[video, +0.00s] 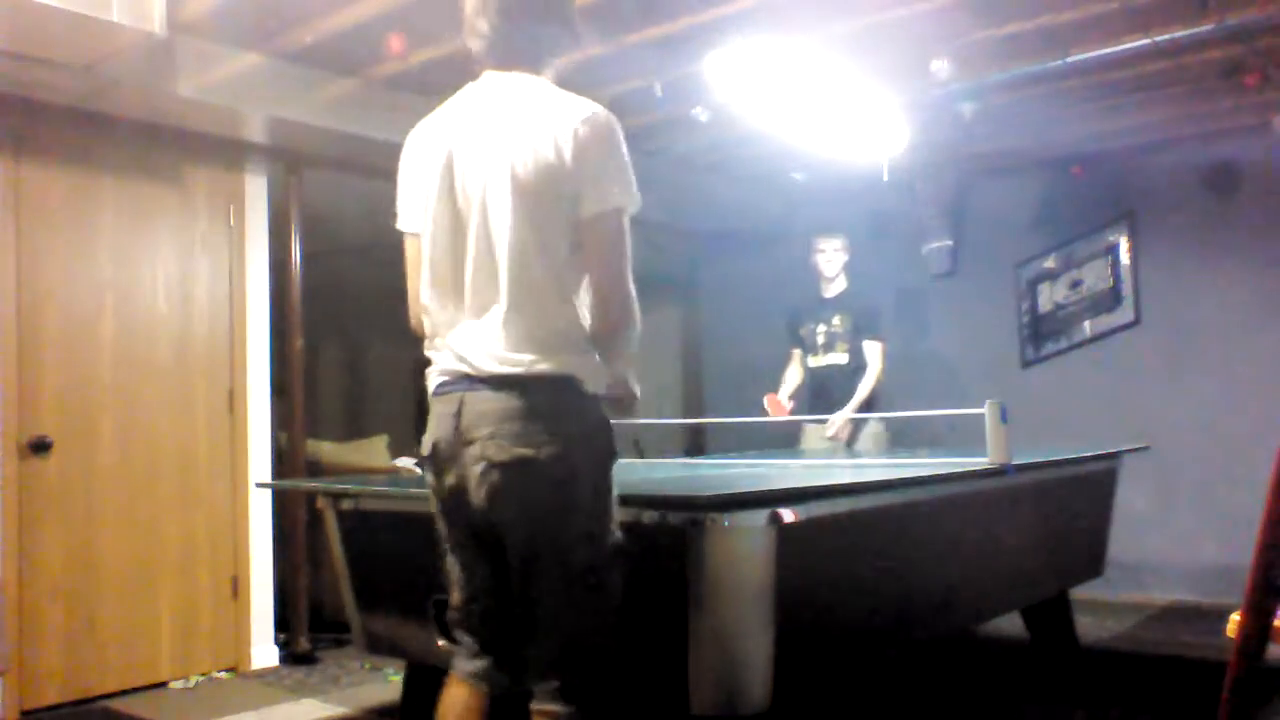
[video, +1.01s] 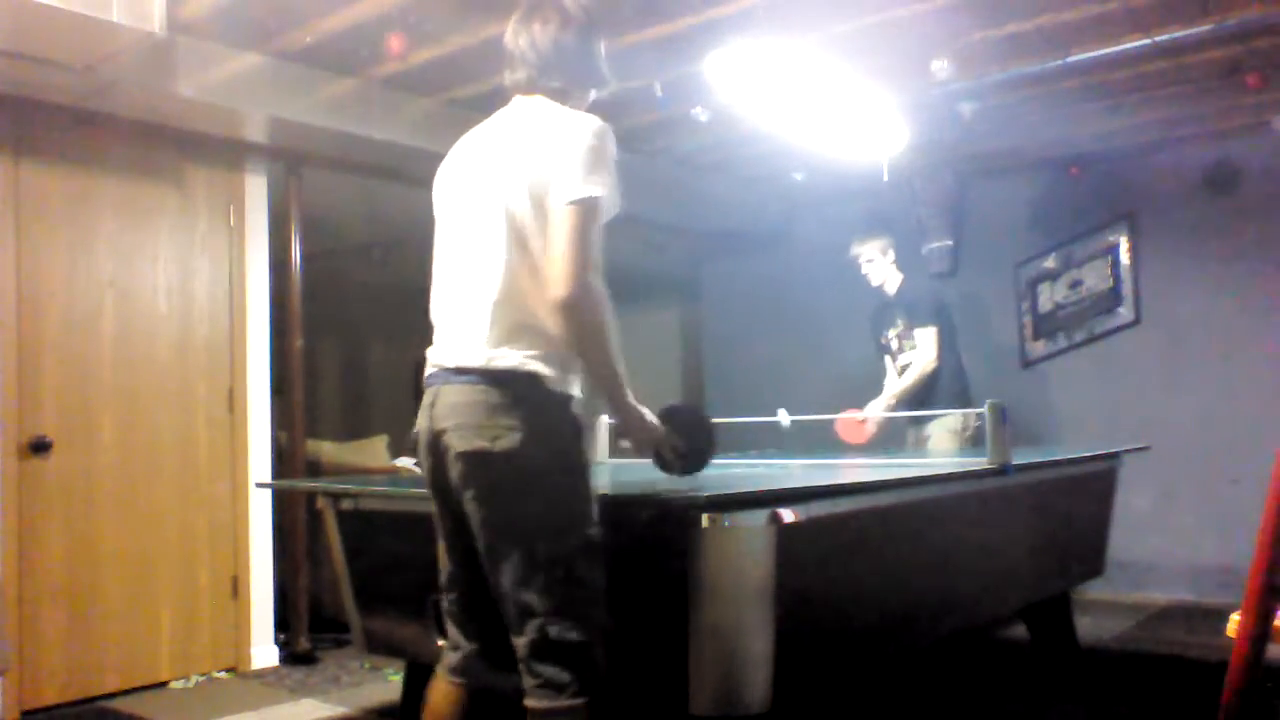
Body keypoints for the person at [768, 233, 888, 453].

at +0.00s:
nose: (829, 257)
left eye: (836, 250)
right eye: (821, 251)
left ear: (846, 255)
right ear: (812, 258)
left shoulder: (864, 305)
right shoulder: (800, 311)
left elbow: (874, 366)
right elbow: (797, 363)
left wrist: (847, 413)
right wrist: (783, 395)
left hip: (863, 422)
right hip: (817, 424)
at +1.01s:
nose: (864, 270)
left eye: (869, 261)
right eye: (860, 264)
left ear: (889, 256)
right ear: (858, 266)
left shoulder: (921, 294)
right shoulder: (880, 314)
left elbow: (928, 358)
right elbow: (892, 374)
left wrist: (884, 402)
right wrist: (878, 412)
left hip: (947, 412)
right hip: (916, 418)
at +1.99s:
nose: (927, 260)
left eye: (934, 252)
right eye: (920, 253)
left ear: (947, 252)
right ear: (910, 255)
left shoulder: (971, 297)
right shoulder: (900, 303)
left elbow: (995, 353)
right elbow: (889, 367)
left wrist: (999, 404)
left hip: (975, 424)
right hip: (926, 428)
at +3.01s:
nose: (973, 251)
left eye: (981, 242)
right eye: (967, 244)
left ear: (999, 243)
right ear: (961, 247)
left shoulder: (1023, 295)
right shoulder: (952, 300)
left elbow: (1039, 360)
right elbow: (944, 357)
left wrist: (1031, 418)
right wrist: (936, 405)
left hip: (1011, 423)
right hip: (962, 423)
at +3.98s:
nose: (1023, 249)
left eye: (1029, 238)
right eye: (1016, 242)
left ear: (1052, 233)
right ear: (1014, 246)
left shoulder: (1087, 281)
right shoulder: (1020, 295)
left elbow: (1100, 352)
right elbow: (1023, 360)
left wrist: (1060, 395)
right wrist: (989, 392)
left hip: (1090, 422)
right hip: (1039, 426)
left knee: (1105, 518)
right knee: (1034, 520)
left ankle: (1126, 613)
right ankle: (1045, 621)